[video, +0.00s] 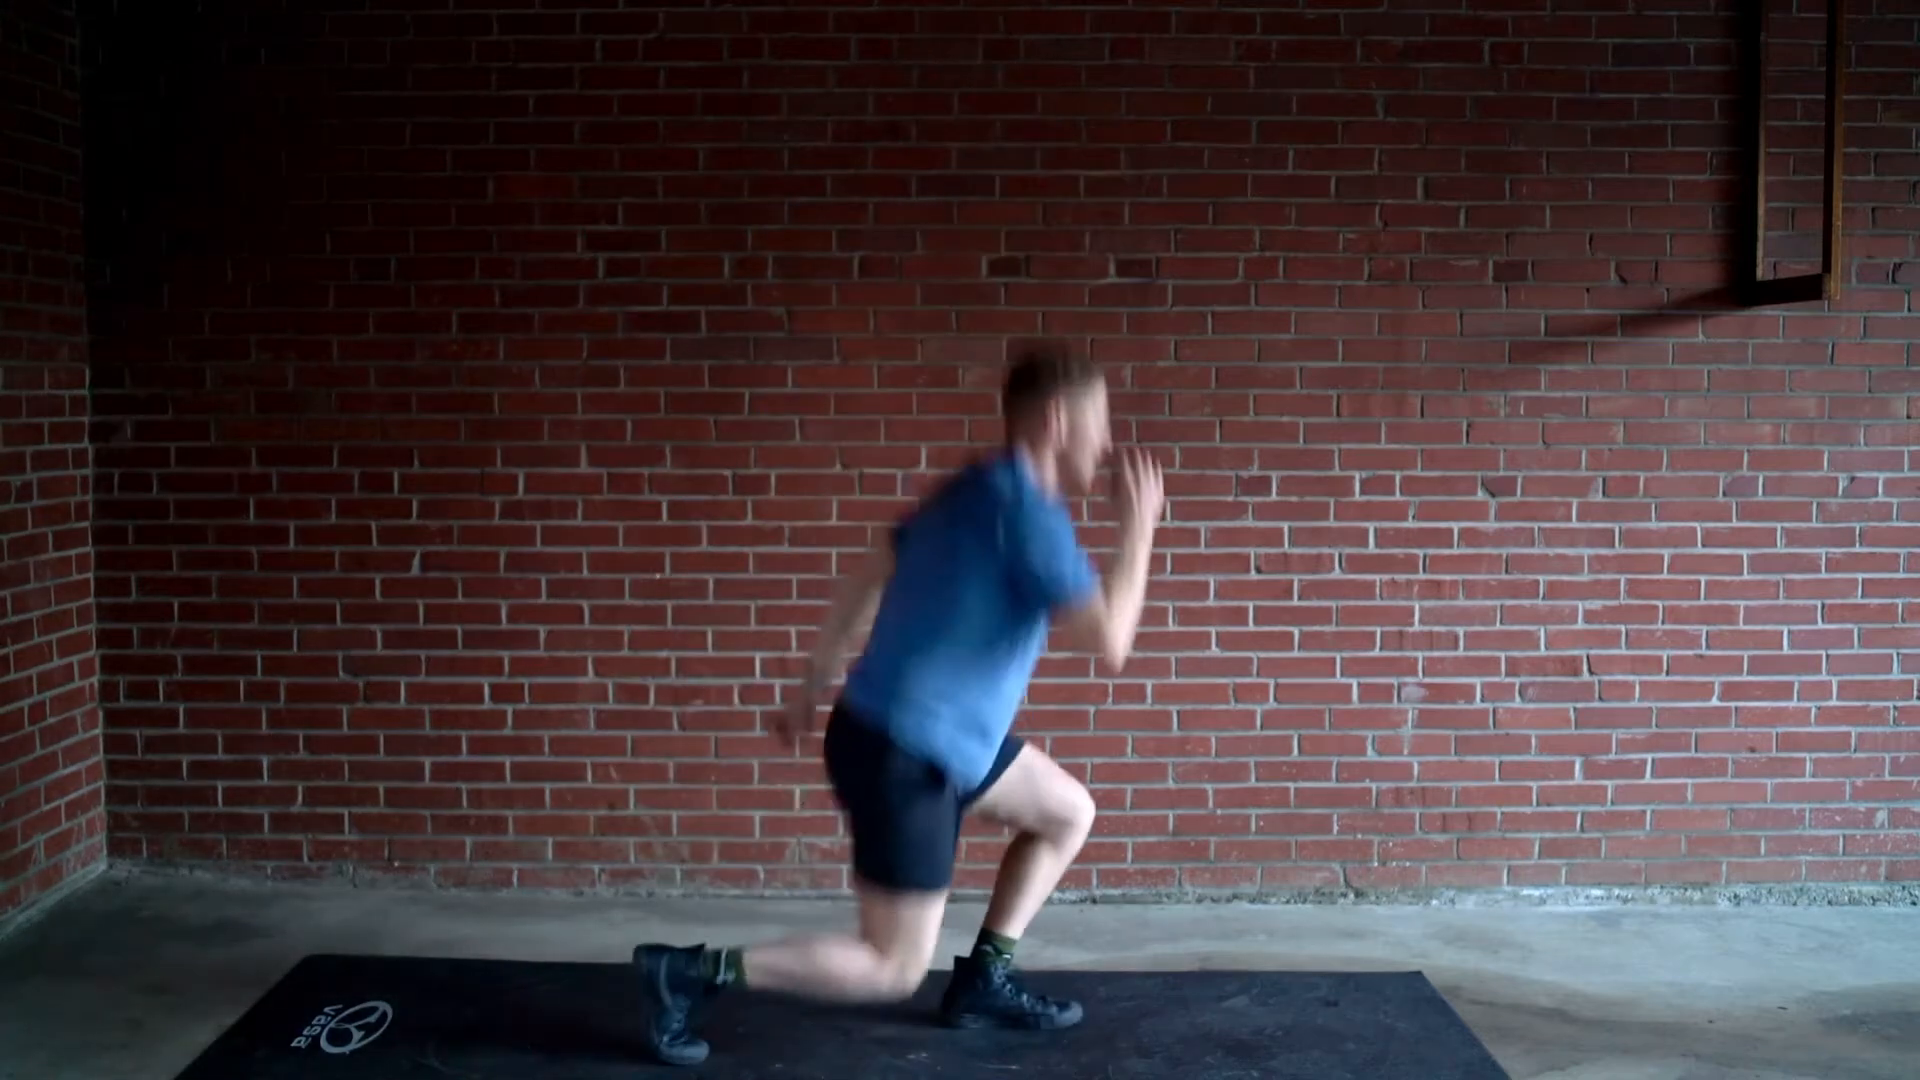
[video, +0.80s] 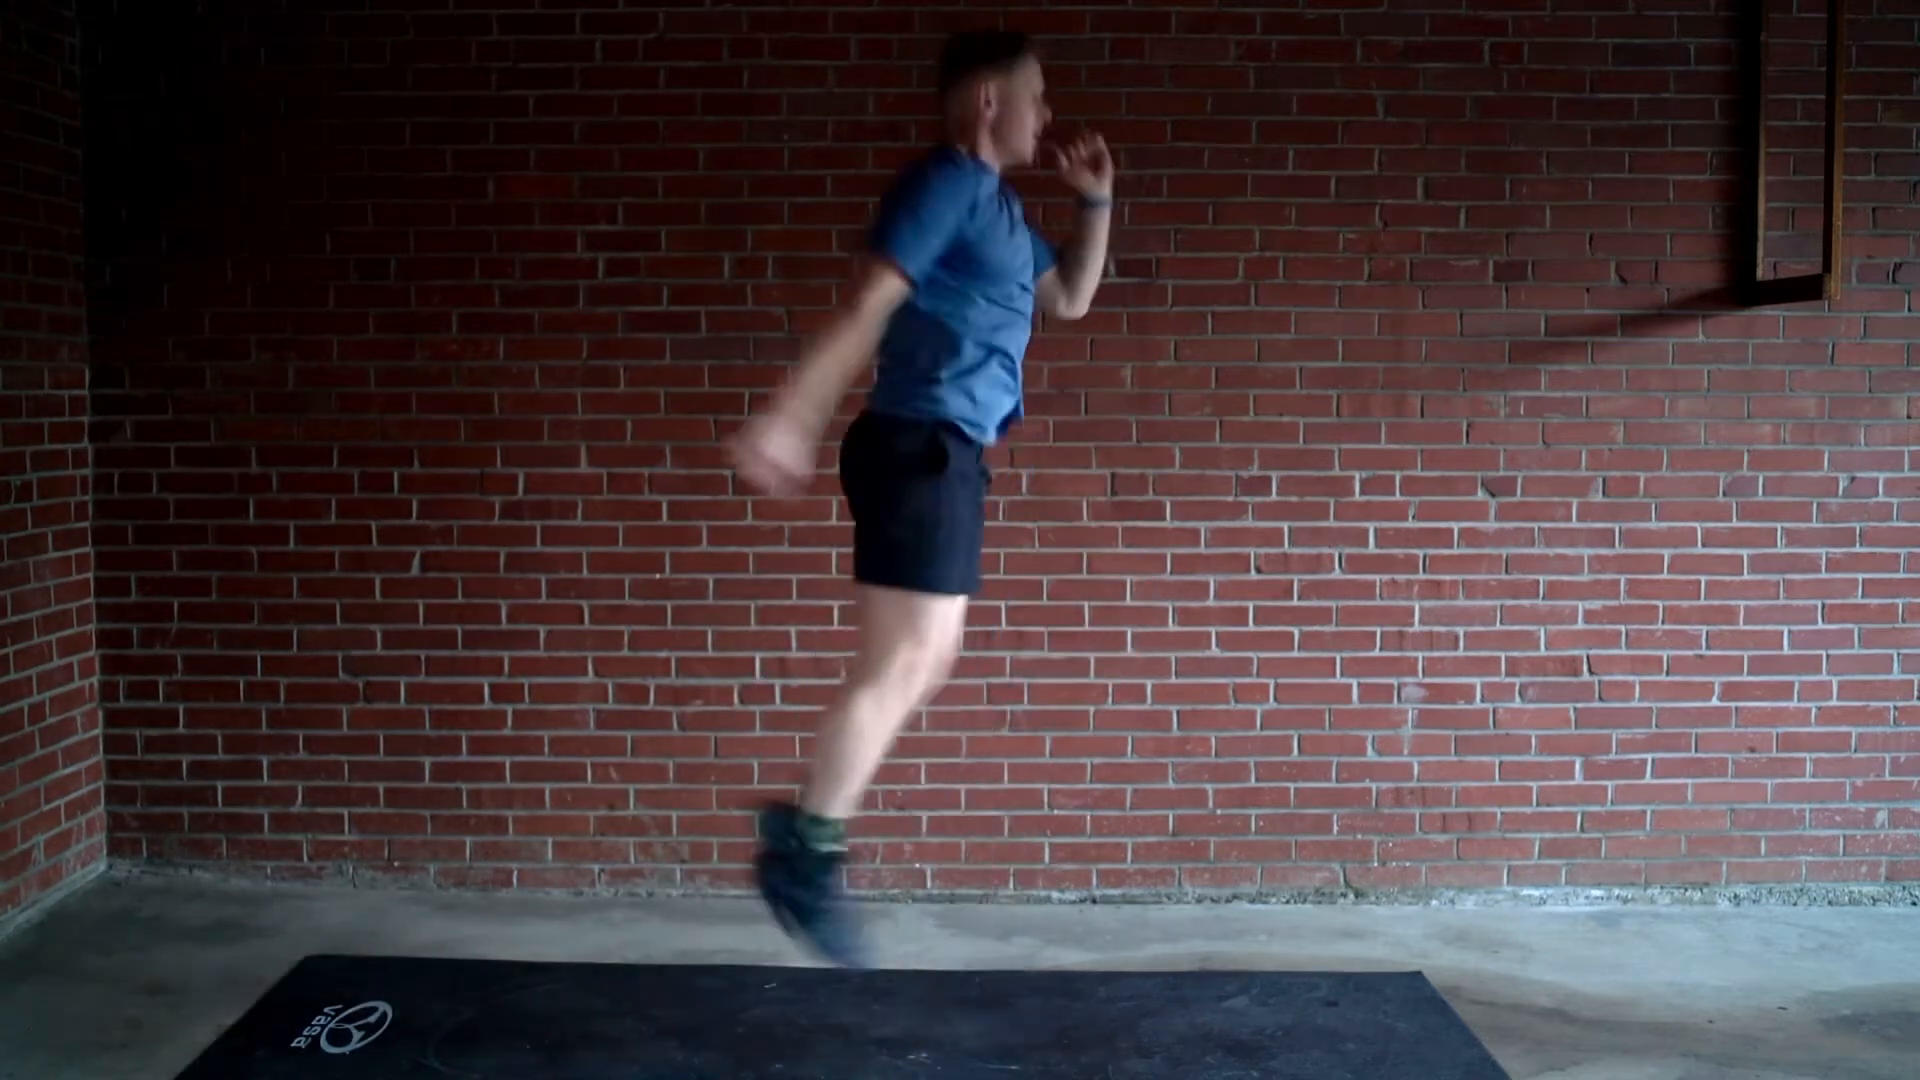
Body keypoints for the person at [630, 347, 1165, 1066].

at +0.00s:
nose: (1108, 436)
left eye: (1106, 417)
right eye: (1097, 417)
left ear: (1037, 418)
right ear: (1055, 418)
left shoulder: (975, 489)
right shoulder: (1024, 510)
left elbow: (876, 567)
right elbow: (1112, 642)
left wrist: (819, 677)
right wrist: (1142, 525)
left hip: (936, 732)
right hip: (901, 743)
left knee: (1068, 813)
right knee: (892, 968)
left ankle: (986, 979)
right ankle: (693, 973)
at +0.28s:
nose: (1113, 527)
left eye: (1110, 510)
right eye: (1103, 510)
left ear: (1048, 522)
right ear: (1058, 521)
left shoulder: (998, 580)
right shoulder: (1016, 592)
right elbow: (1103, 730)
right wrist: (1137, 619)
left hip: (916, 790)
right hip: (867, 804)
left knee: (1061, 816)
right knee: (890, 1024)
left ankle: (986, 980)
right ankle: (699, 978)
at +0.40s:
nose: (1096, 465)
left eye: (1092, 449)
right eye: (1083, 449)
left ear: (1033, 462)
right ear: (1038, 462)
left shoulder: (1009, 538)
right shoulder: (1002, 537)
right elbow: (1068, 680)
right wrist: (1118, 581)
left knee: (1060, 812)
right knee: (880, 986)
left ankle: (983, 981)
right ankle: (678, 974)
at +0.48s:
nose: (1079, 397)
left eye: (1074, 379)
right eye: (1066, 379)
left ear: (1016, 391)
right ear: (1021, 389)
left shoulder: (1000, 472)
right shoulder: (988, 461)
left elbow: (1008, 607)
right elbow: (1006, 594)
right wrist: (1098, 542)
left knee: (1054, 808)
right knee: (863, 935)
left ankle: (985, 980)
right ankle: (657, 974)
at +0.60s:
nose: (1051, 251)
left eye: (1050, 232)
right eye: (1038, 232)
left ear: (1005, 241)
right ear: (992, 237)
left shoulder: (1002, 336)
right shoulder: (968, 319)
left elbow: (999, 435)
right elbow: (941, 434)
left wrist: (1090, 418)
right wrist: (1044, 518)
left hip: (956, 611)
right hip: (901, 599)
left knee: (1001, 771)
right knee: (828, 780)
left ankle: (984, 966)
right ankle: (690, 951)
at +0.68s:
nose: (1040, 171)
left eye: (1041, 154)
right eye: (1024, 154)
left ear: (1018, 162)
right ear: (977, 161)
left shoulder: (1005, 258)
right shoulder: (953, 240)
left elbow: (1032, 363)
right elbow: (919, 369)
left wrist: (1108, 294)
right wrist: (943, 503)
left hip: (958, 506)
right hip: (911, 504)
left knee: (939, 714)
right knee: (840, 709)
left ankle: (945, 901)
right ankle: (734, 882)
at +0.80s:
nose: (1046, 113)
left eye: (1043, 96)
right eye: (1033, 96)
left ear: (993, 104)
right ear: (985, 101)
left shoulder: (1001, 210)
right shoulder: (948, 183)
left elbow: (1069, 298)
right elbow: (868, 305)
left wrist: (1096, 204)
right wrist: (789, 418)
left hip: (951, 451)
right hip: (916, 445)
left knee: (930, 654)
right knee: (898, 657)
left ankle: (809, 830)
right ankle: (808, 850)